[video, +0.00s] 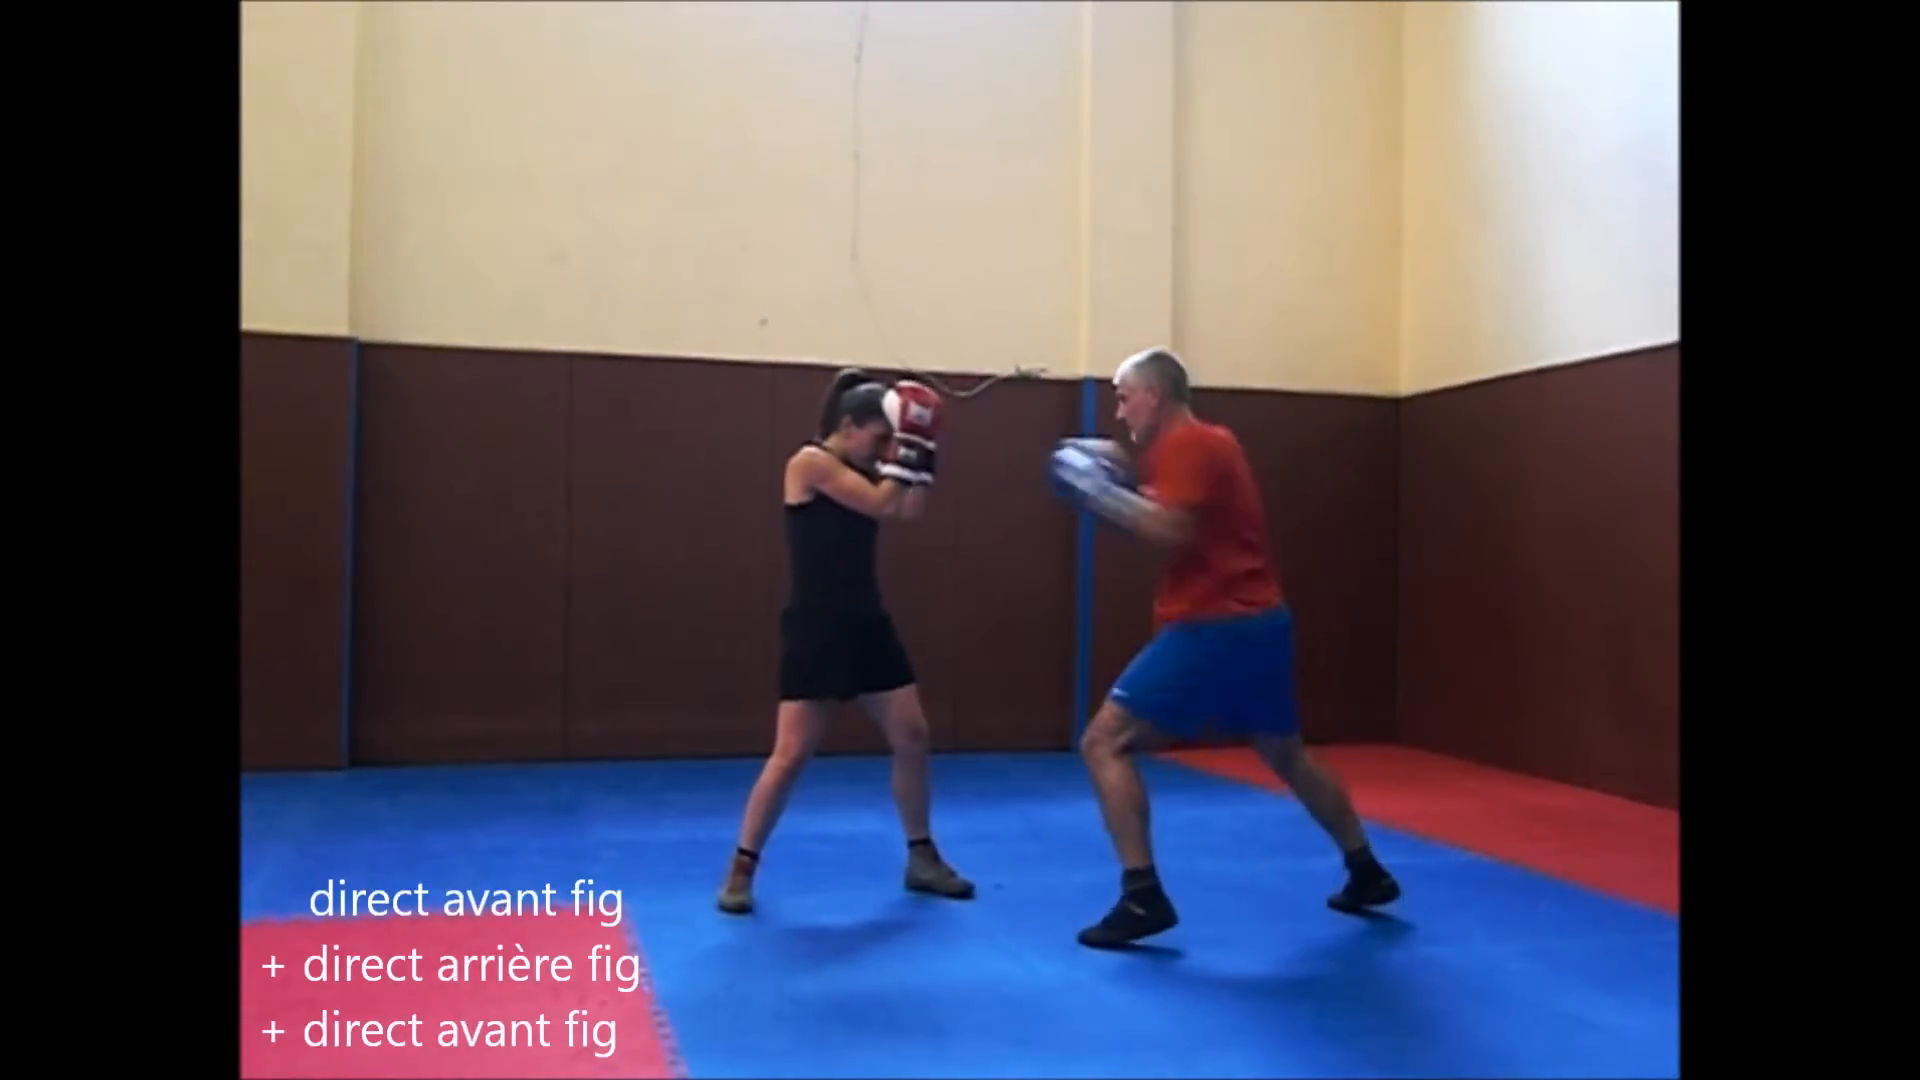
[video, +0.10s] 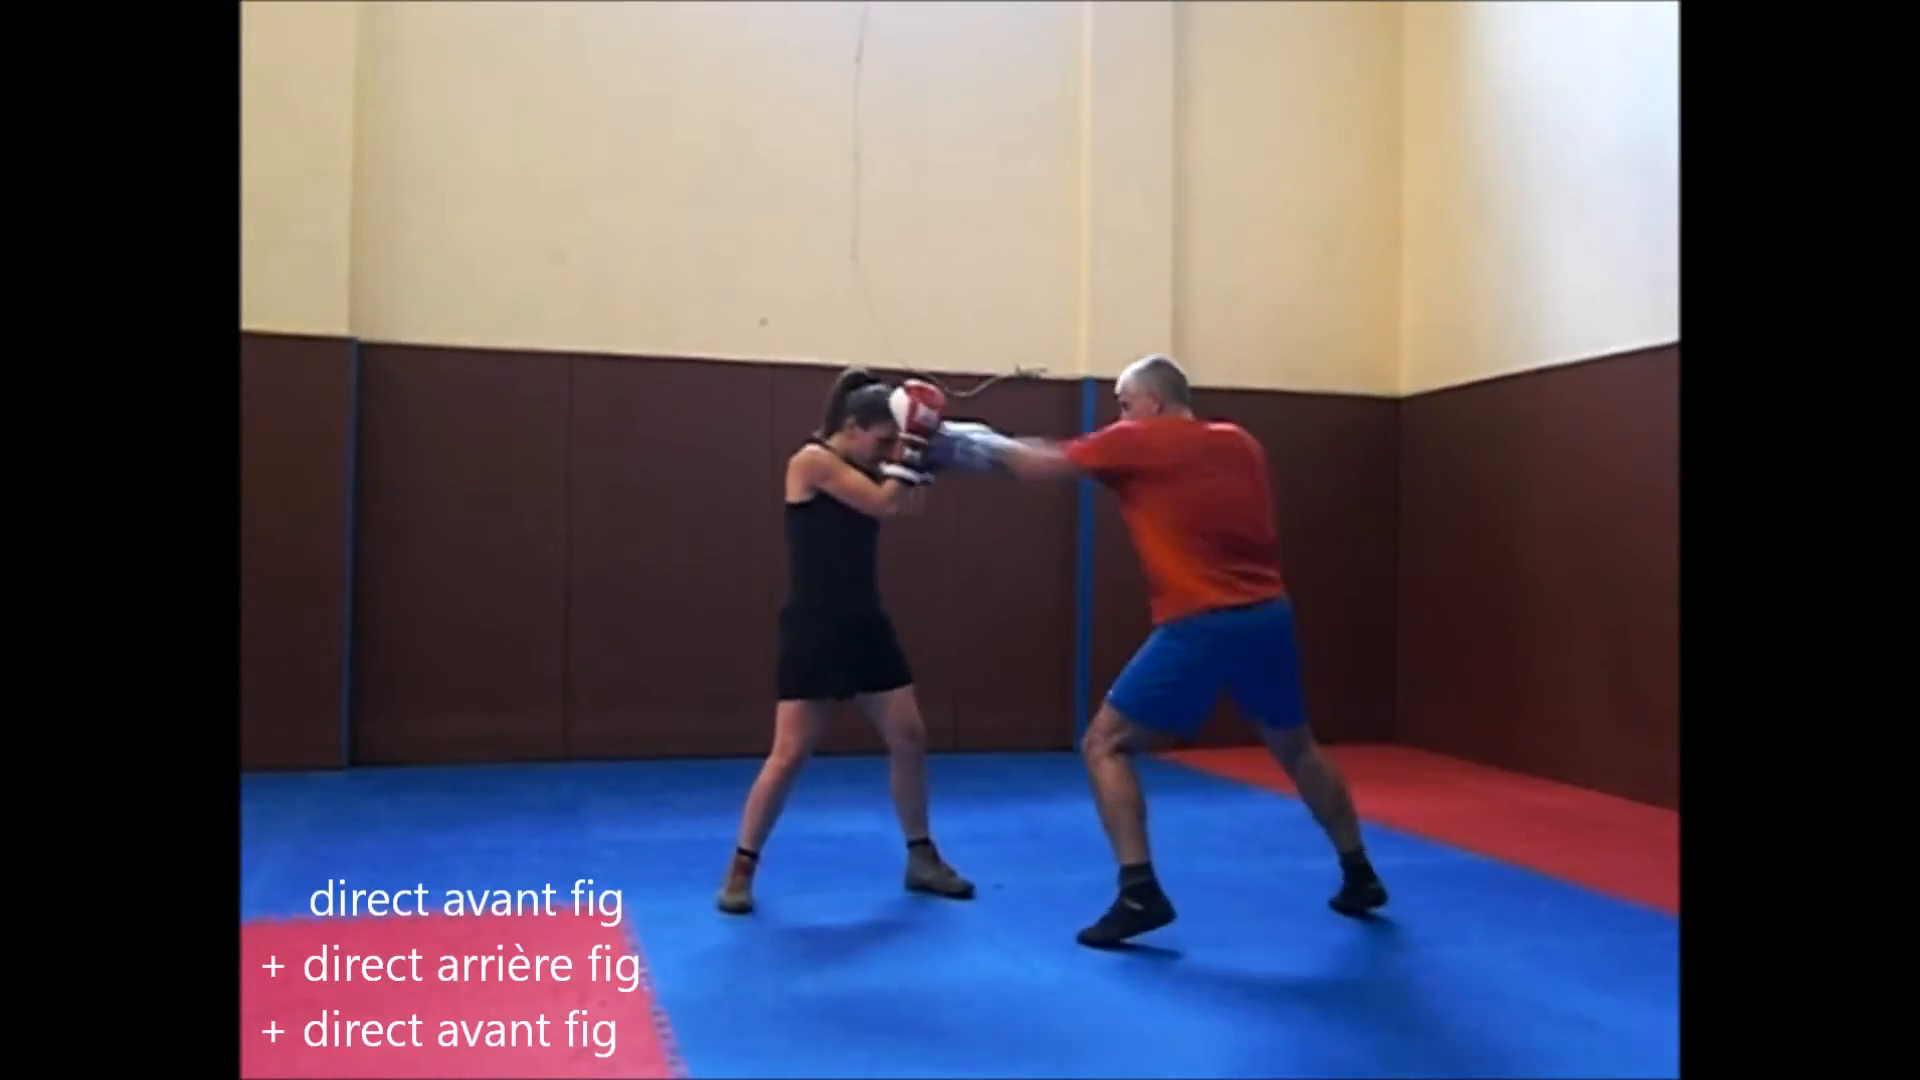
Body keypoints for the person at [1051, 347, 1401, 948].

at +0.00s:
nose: (1118, 411)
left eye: (1125, 398)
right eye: (1117, 399)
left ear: (1157, 397)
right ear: (1167, 399)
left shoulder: (1185, 446)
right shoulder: (1211, 440)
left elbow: (1170, 526)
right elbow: (1184, 506)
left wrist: (1096, 494)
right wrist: (1124, 476)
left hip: (1206, 630)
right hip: (1259, 624)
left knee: (1104, 744)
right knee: (1289, 756)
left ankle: (1142, 897)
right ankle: (1367, 871)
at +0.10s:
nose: (1120, 416)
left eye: (1126, 405)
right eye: (1120, 406)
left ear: (1157, 403)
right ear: (1183, 403)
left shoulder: (1134, 442)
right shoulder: (1241, 442)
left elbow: (1038, 462)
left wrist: (966, 441)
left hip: (1193, 628)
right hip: (1268, 620)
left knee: (1104, 745)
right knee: (1298, 750)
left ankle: (1139, 893)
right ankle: (1360, 874)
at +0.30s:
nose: (1145, 422)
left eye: (1149, 411)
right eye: (1145, 412)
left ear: (1173, 408)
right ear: (1205, 410)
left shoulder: (1153, 451)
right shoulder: (1262, 450)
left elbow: (1053, 470)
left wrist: (978, 452)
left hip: (1208, 628)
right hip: (1281, 624)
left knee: (1113, 751)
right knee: (1306, 757)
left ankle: (1144, 901)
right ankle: (1361, 887)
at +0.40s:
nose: (1156, 397)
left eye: (1160, 386)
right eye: (1155, 387)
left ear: (1187, 380)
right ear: (1214, 381)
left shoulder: (1177, 430)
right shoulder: (1267, 429)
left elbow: (1123, 491)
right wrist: (1097, 462)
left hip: (1221, 608)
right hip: (1286, 604)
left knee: (1131, 742)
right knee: (1308, 747)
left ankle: (1146, 896)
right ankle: (1362, 880)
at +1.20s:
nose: (1212, 411)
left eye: (1214, 397)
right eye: (1209, 400)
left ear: (1239, 387)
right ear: (1252, 388)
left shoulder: (1267, 440)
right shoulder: (1289, 441)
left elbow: (1176, 495)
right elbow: (1189, 493)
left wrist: (1157, 428)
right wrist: (1165, 431)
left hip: (1285, 628)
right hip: (1323, 628)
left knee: (1188, 749)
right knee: (1336, 766)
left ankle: (1204, 909)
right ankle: (1402, 890)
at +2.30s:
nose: (1196, 409)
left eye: (1200, 397)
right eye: (1194, 398)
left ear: (1232, 390)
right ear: (1253, 392)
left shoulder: (1217, 439)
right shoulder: (1311, 443)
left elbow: (1174, 501)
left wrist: (1111, 471)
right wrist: (1154, 469)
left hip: (1227, 628)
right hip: (1302, 630)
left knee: (1134, 743)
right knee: (1318, 762)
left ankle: (1134, 895)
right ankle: (1376, 891)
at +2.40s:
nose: (1169, 421)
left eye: (1173, 409)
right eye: (1169, 410)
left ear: (1203, 407)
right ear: (1228, 408)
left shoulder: (1183, 452)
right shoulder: (1294, 451)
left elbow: (1090, 467)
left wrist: (1005, 459)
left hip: (1212, 645)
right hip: (1291, 646)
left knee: (1117, 748)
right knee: (1315, 766)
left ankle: (1134, 898)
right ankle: (1377, 892)